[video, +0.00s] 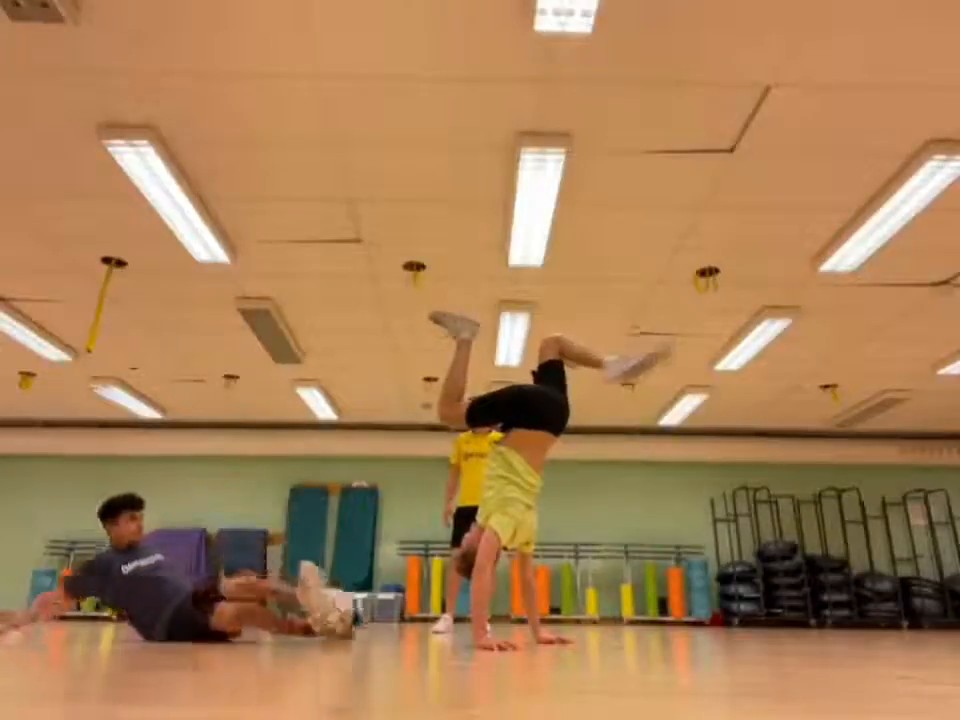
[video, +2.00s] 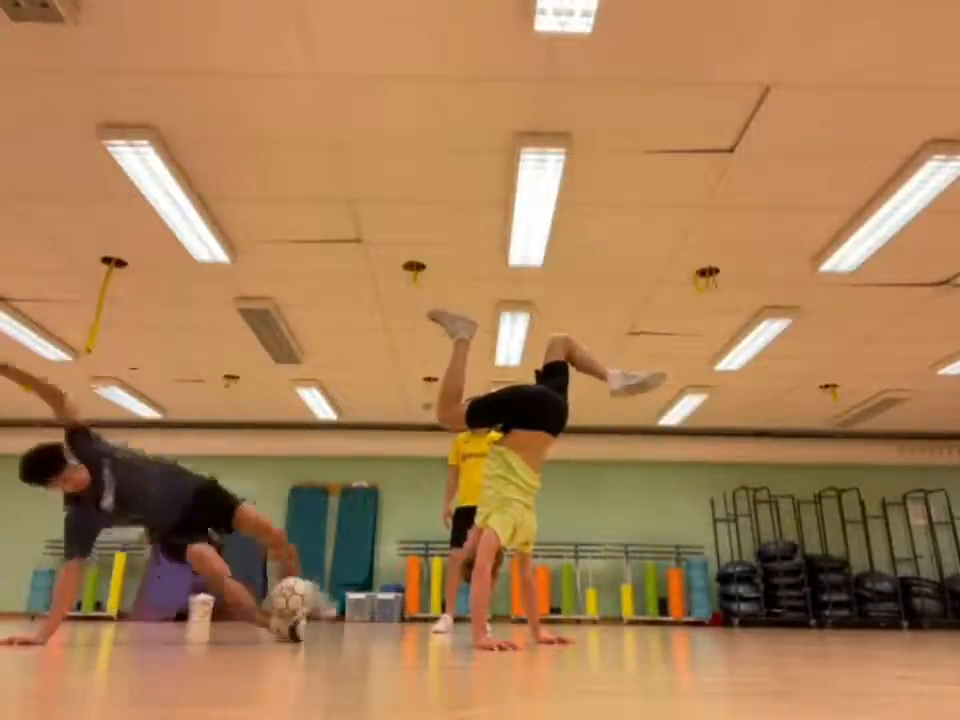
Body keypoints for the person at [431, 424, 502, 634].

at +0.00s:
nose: (479, 421)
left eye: (483, 415)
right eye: (475, 415)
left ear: (493, 417)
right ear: (468, 416)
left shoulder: (500, 440)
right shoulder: (462, 440)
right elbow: (454, 473)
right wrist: (449, 502)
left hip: (492, 504)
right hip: (466, 504)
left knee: (487, 564)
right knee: (457, 560)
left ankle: (484, 618)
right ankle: (449, 613)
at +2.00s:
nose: (476, 420)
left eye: (481, 414)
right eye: (472, 413)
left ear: (491, 415)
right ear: (466, 415)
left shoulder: (499, 438)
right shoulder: (462, 440)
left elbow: (506, 471)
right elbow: (453, 473)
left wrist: (502, 501)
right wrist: (448, 503)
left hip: (491, 504)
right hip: (465, 504)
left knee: (489, 563)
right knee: (456, 557)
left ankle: (483, 617)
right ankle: (448, 613)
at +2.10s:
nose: (476, 420)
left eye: (481, 414)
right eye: (472, 414)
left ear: (491, 416)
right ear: (466, 416)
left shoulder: (499, 439)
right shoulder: (462, 440)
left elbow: (506, 471)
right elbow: (453, 473)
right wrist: (448, 503)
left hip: (491, 504)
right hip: (465, 504)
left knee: (489, 563)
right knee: (456, 557)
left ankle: (483, 618)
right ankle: (449, 613)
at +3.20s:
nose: (470, 410)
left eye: (473, 405)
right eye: (466, 405)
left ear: (480, 410)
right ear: (459, 408)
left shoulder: (490, 438)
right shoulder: (447, 437)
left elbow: (496, 471)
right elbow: (441, 472)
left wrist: (493, 502)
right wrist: (436, 504)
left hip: (480, 503)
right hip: (452, 502)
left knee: (481, 558)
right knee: (441, 554)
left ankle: (482, 611)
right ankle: (437, 605)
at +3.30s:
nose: (462, 408)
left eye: (466, 404)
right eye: (458, 404)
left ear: (472, 409)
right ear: (452, 409)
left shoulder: (484, 438)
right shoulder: (443, 437)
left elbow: (491, 471)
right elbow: (435, 473)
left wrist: (490, 503)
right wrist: (430, 504)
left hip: (476, 504)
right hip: (447, 503)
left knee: (482, 558)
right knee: (433, 552)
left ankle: (483, 615)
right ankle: (423, 609)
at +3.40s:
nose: (454, 409)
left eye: (458, 405)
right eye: (450, 405)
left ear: (464, 409)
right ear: (443, 410)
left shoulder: (475, 437)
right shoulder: (434, 437)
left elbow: (484, 470)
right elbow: (427, 473)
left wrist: (487, 503)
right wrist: (422, 506)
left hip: (469, 503)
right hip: (439, 503)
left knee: (474, 553)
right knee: (426, 552)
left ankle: (479, 606)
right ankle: (425, 605)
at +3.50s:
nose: (444, 409)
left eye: (447, 404)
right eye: (439, 404)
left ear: (452, 409)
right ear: (432, 409)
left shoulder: (464, 438)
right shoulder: (422, 438)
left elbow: (474, 474)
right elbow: (416, 475)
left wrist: (475, 506)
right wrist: (411, 506)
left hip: (457, 506)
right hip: (428, 505)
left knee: (468, 558)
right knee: (412, 556)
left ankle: (477, 612)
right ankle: (409, 608)